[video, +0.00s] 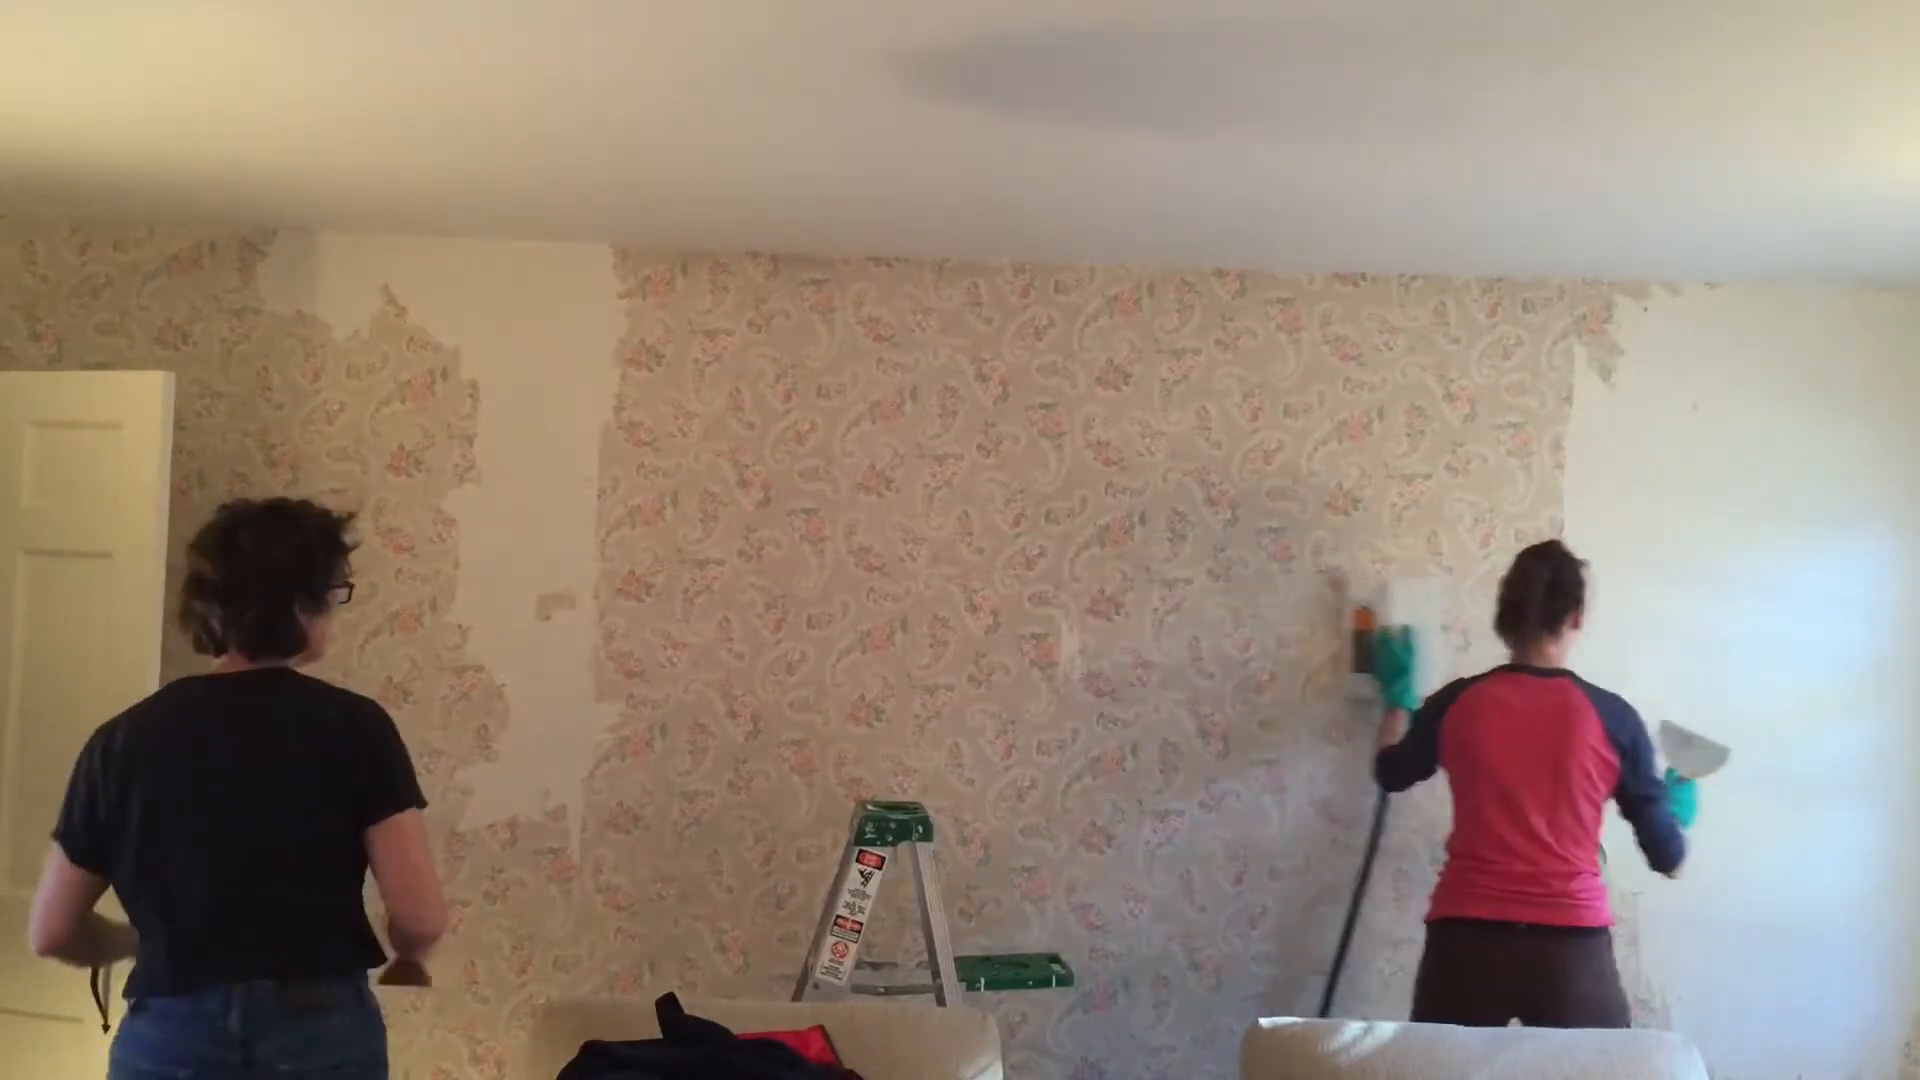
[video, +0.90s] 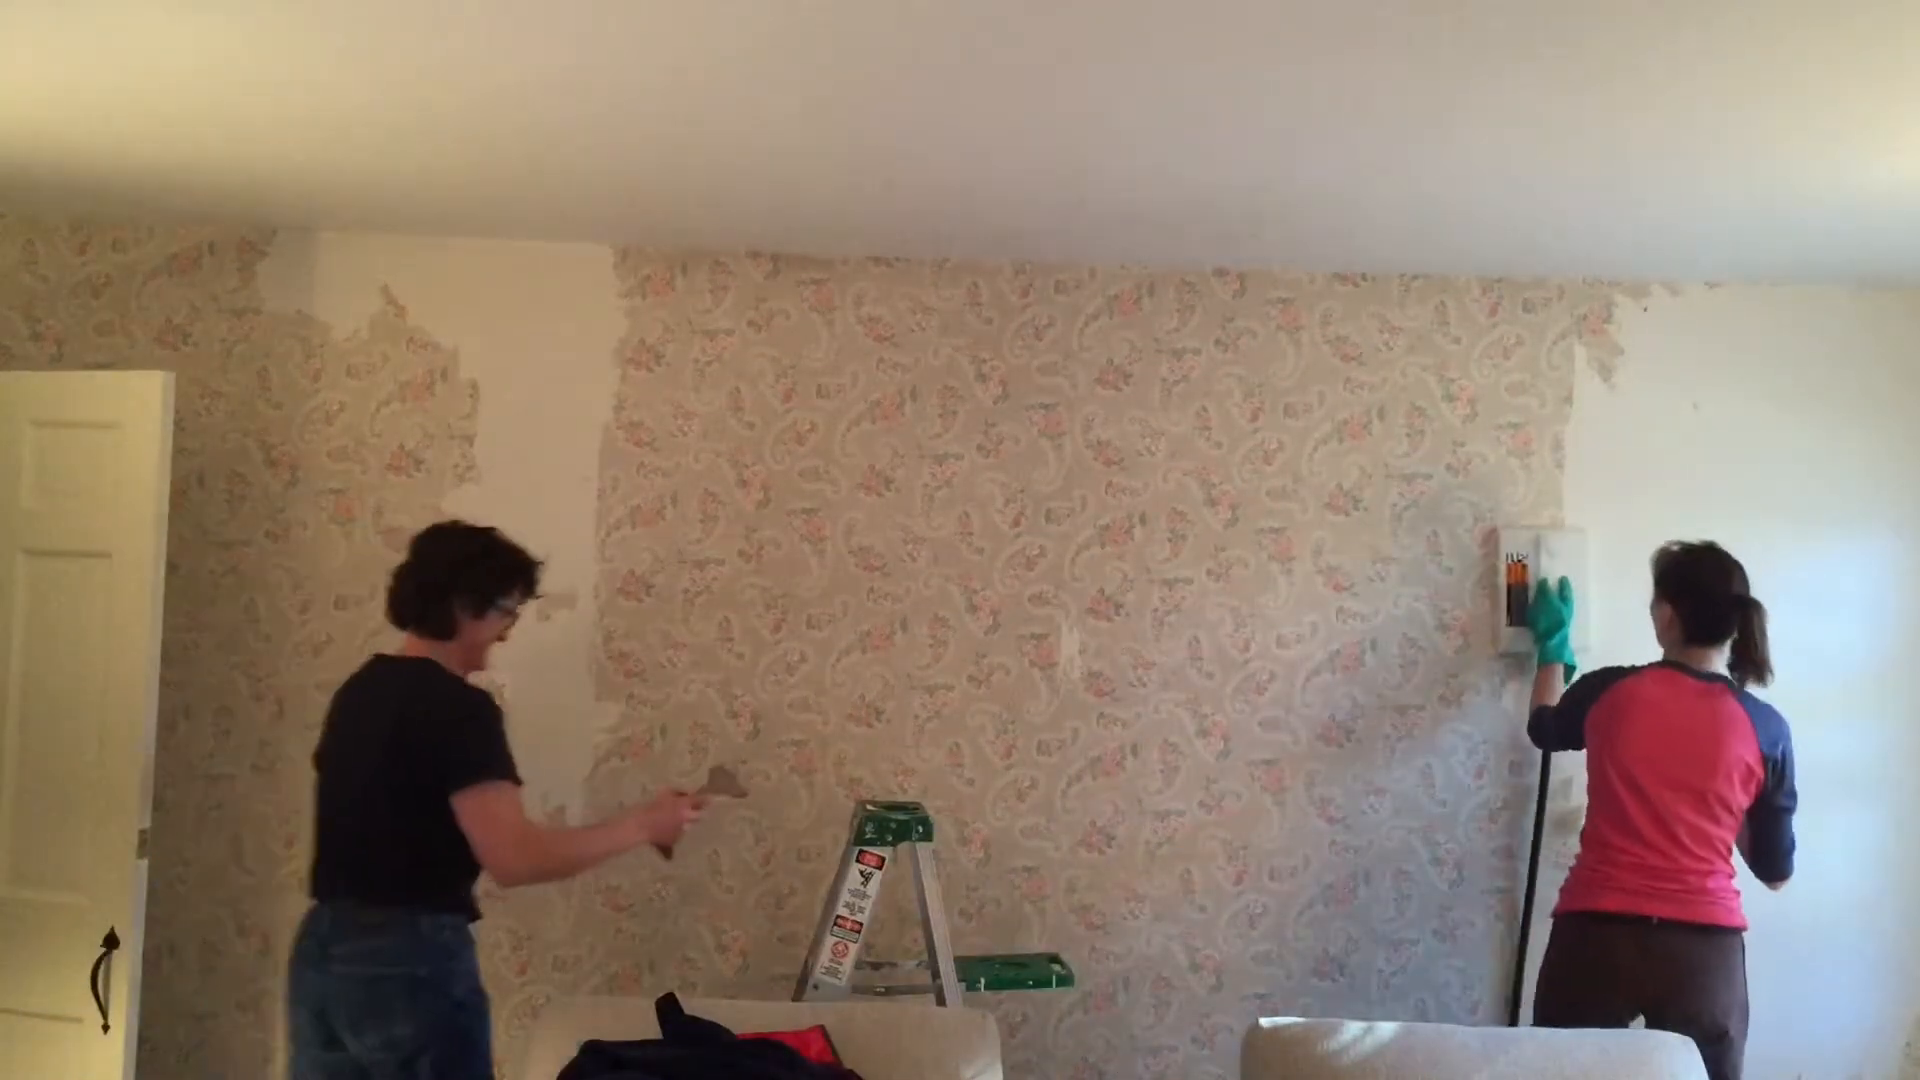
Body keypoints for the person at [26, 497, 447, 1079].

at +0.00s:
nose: (338, 612)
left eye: (340, 594)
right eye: (335, 594)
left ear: (207, 603)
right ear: (301, 603)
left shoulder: (122, 740)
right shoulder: (356, 725)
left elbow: (52, 934)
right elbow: (421, 918)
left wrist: (149, 938)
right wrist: (408, 955)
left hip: (167, 1037)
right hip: (326, 1037)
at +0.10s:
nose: (354, 606)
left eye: (355, 590)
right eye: (348, 590)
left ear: (227, 598)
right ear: (312, 601)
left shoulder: (141, 728)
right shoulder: (352, 721)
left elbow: (72, 910)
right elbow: (405, 917)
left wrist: (155, 915)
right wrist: (452, 921)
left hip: (167, 1030)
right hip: (317, 1032)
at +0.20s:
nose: (364, 606)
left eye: (365, 589)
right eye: (359, 589)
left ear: (239, 594)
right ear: (324, 602)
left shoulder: (164, 718)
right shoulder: (355, 717)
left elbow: (88, 870)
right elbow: (431, 891)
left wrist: (178, 841)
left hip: (173, 1022)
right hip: (314, 1025)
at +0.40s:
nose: (388, 615)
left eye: (387, 599)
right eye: (382, 599)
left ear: (275, 602)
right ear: (345, 611)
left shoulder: (208, 718)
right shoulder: (371, 722)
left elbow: (150, 838)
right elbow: (474, 867)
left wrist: (236, 796)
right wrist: (558, 802)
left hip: (203, 1005)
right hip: (323, 1015)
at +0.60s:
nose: (431, 649)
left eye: (436, 631)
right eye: (428, 628)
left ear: (336, 619)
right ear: (385, 622)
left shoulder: (266, 712)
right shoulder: (391, 721)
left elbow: (230, 853)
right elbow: (454, 878)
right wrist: (557, 852)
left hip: (234, 986)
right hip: (338, 1002)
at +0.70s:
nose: (454, 650)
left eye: (460, 634)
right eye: (452, 631)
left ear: (364, 616)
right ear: (408, 619)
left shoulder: (300, 700)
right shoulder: (407, 713)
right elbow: (474, 864)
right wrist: (585, 839)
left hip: (253, 973)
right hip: (349, 989)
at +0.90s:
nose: (508, 631)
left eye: (513, 615)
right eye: (505, 613)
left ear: (423, 602)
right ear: (463, 607)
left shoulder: (356, 692)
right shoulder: (458, 707)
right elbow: (512, 856)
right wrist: (642, 826)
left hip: (325, 954)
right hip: (415, 967)